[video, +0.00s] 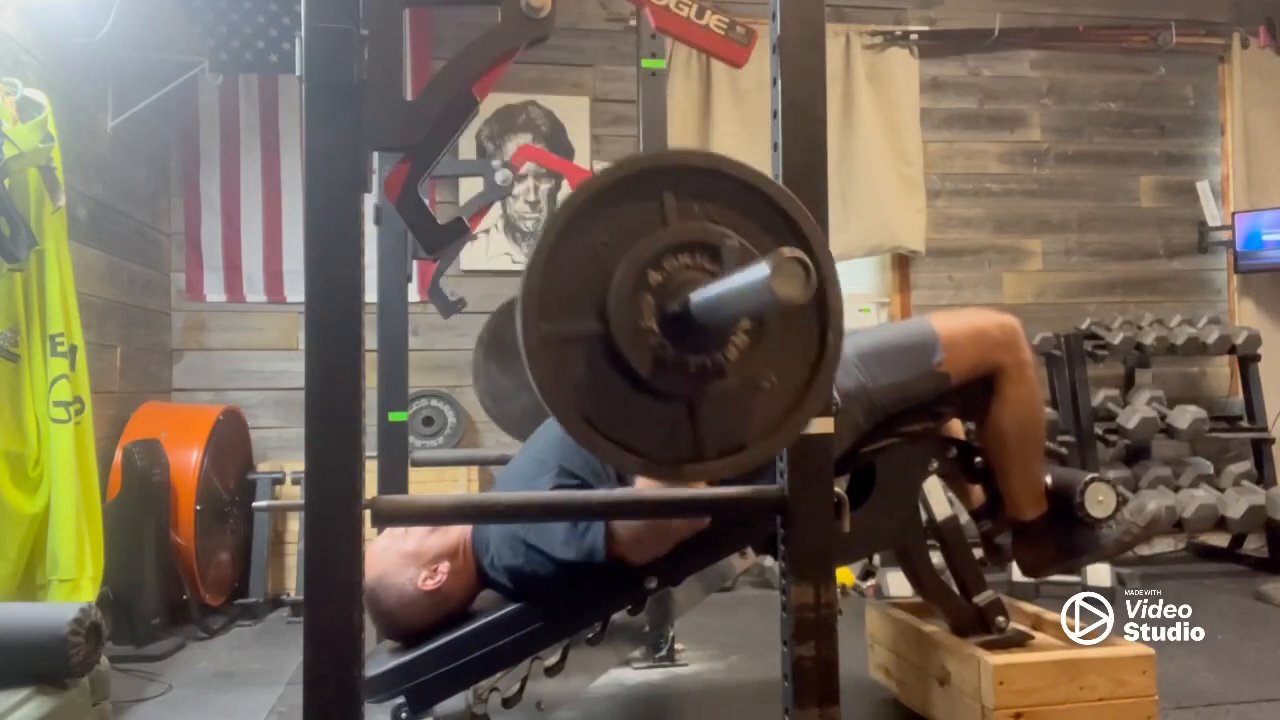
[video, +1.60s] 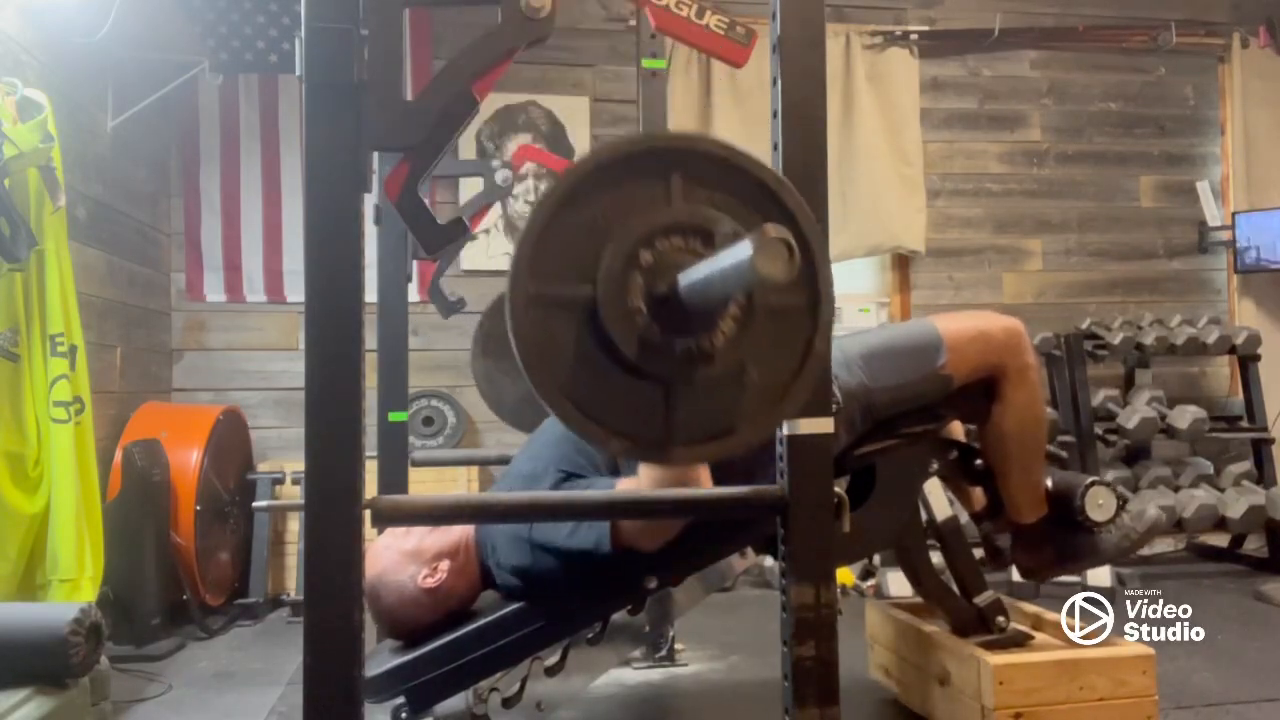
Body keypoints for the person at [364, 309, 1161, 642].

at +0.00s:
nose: (418, 531)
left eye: (399, 536)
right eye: (416, 552)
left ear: (423, 544)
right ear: (445, 580)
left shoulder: (490, 502)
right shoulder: (526, 546)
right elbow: (652, 530)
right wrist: (679, 395)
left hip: (714, 390)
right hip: (747, 441)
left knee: (921, 320)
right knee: (999, 339)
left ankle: (985, 476)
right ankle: (1034, 525)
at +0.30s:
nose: (419, 529)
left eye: (401, 536)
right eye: (418, 550)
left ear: (428, 548)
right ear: (448, 578)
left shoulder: (497, 497)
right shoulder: (536, 544)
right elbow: (694, 565)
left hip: (715, 389)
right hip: (758, 436)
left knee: (907, 318)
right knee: (999, 339)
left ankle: (980, 470)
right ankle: (1034, 527)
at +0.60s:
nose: (415, 530)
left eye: (398, 536)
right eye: (415, 550)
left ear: (426, 545)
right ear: (447, 577)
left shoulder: (499, 496)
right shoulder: (525, 541)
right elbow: (654, 531)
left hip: (717, 398)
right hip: (746, 445)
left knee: (960, 327)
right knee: (1001, 341)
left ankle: (993, 484)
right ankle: (1035, 530)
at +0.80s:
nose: (417, 532)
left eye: (399, 536)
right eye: (415, 552)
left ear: (427, 541)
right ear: (446, 577)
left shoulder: (501, 493)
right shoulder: (527, 549)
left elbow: (622, 427)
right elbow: (649, 454)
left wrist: (600, 310)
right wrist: (628, 317)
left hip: (744, 375)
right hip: (765, 427)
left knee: (955, 326)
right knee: (1001, 340)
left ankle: (986, 481)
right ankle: (1033, 527)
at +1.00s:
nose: (419, 532)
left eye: (402, 535)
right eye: (414, 552)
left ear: (428, 541)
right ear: (446, 580)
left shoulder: (503, 494)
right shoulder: (530, 553)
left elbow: (551, 375)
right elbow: (595, 400)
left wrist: (557, 218)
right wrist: (591, 235)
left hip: (745, 372)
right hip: (770, 421)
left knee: (955, 327)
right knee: (1000, 340)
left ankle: (992, 486)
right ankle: (1034, 529)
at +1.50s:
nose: (419, 531)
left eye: (402, 535)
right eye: (417, 550)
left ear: (428, 544)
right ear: (447, 578)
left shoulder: (496, 503)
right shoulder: (529, 546)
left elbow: (625, 426)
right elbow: (666, 461)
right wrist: (640, 323)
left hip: (741, 379)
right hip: (765, 430)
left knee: (950, 327)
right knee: (1003, 343)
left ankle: (995, 495)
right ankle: (1033, 532)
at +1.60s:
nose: (417, 530)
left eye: (399, 536)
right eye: (416, 549)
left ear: (426, 545)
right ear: (446, 577)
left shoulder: (497, 497)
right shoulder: (529, 543)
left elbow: (600, 418)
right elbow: (669, 497)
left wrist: (656, 327)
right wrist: (678, 367)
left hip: (733, 379)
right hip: (761, 432)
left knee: (946, 322)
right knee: (1003, 341)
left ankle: (992, 482)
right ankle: (1033, 530)